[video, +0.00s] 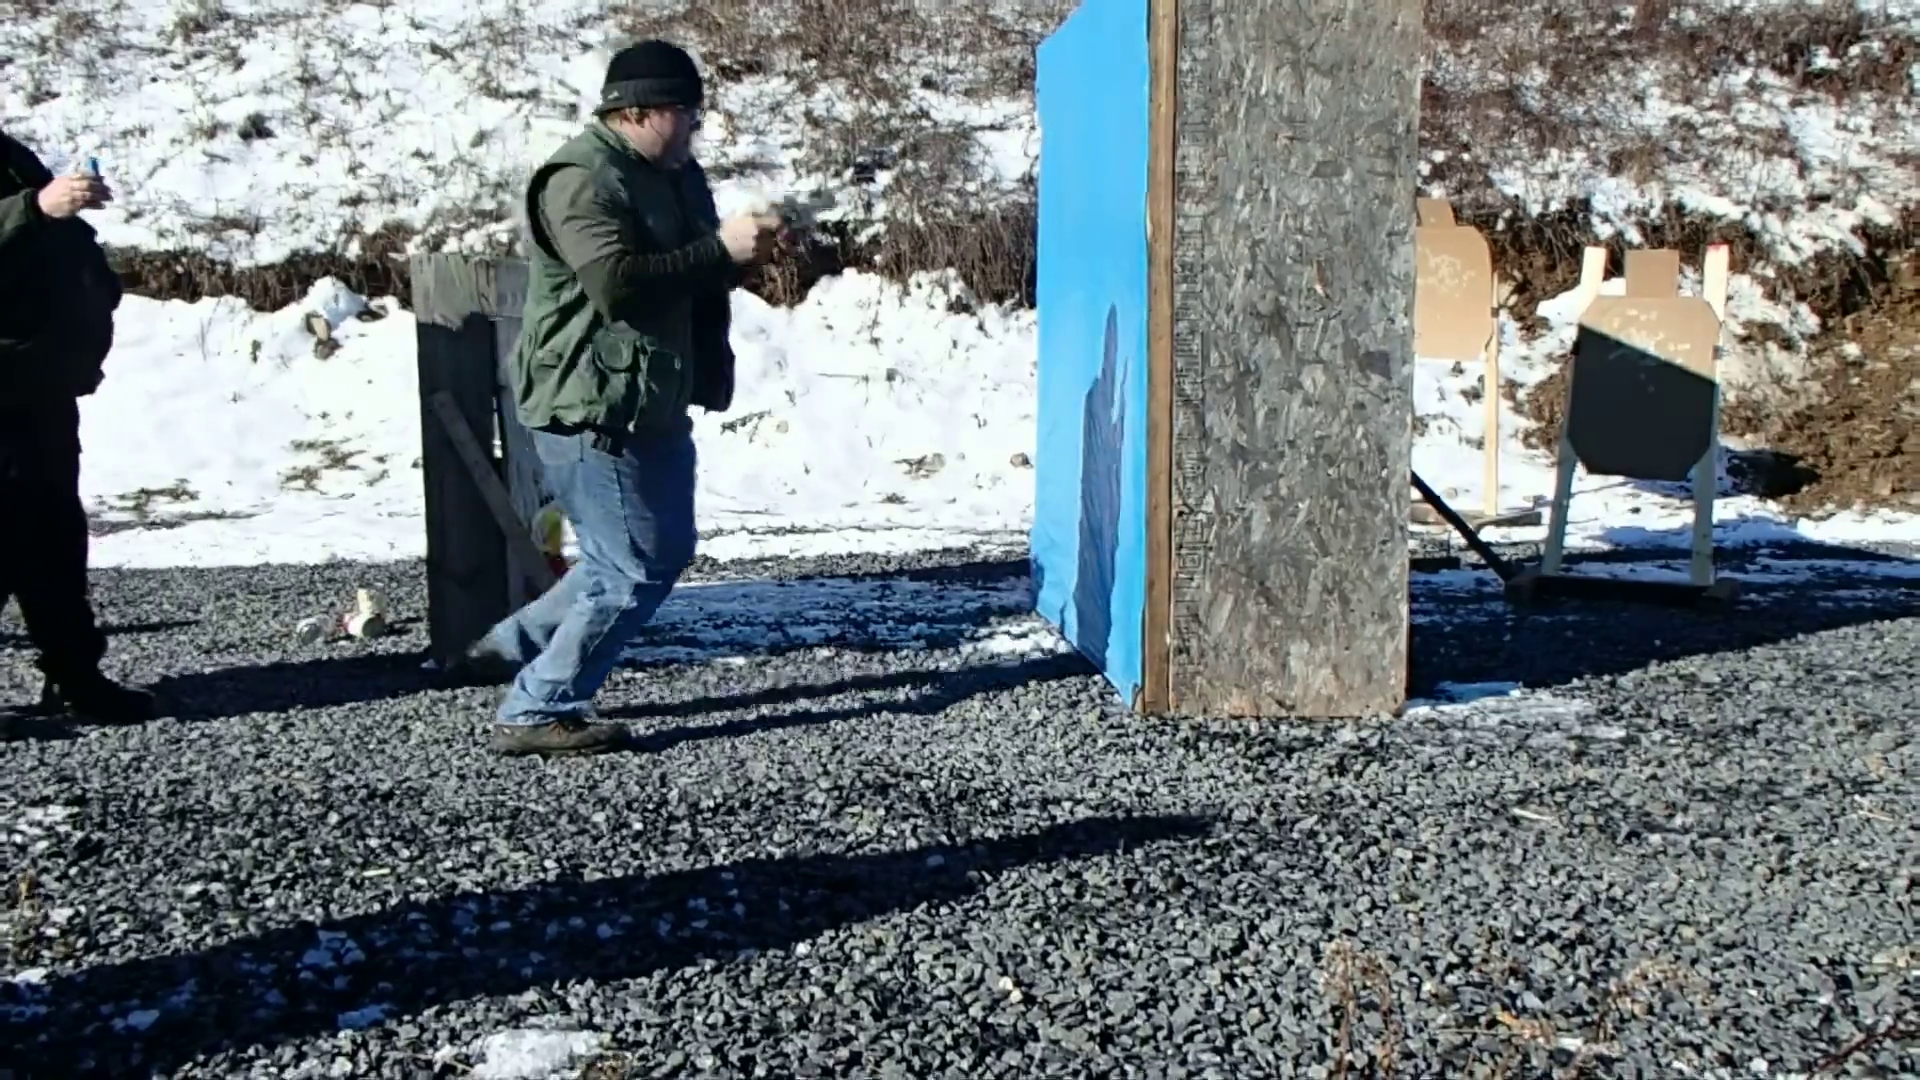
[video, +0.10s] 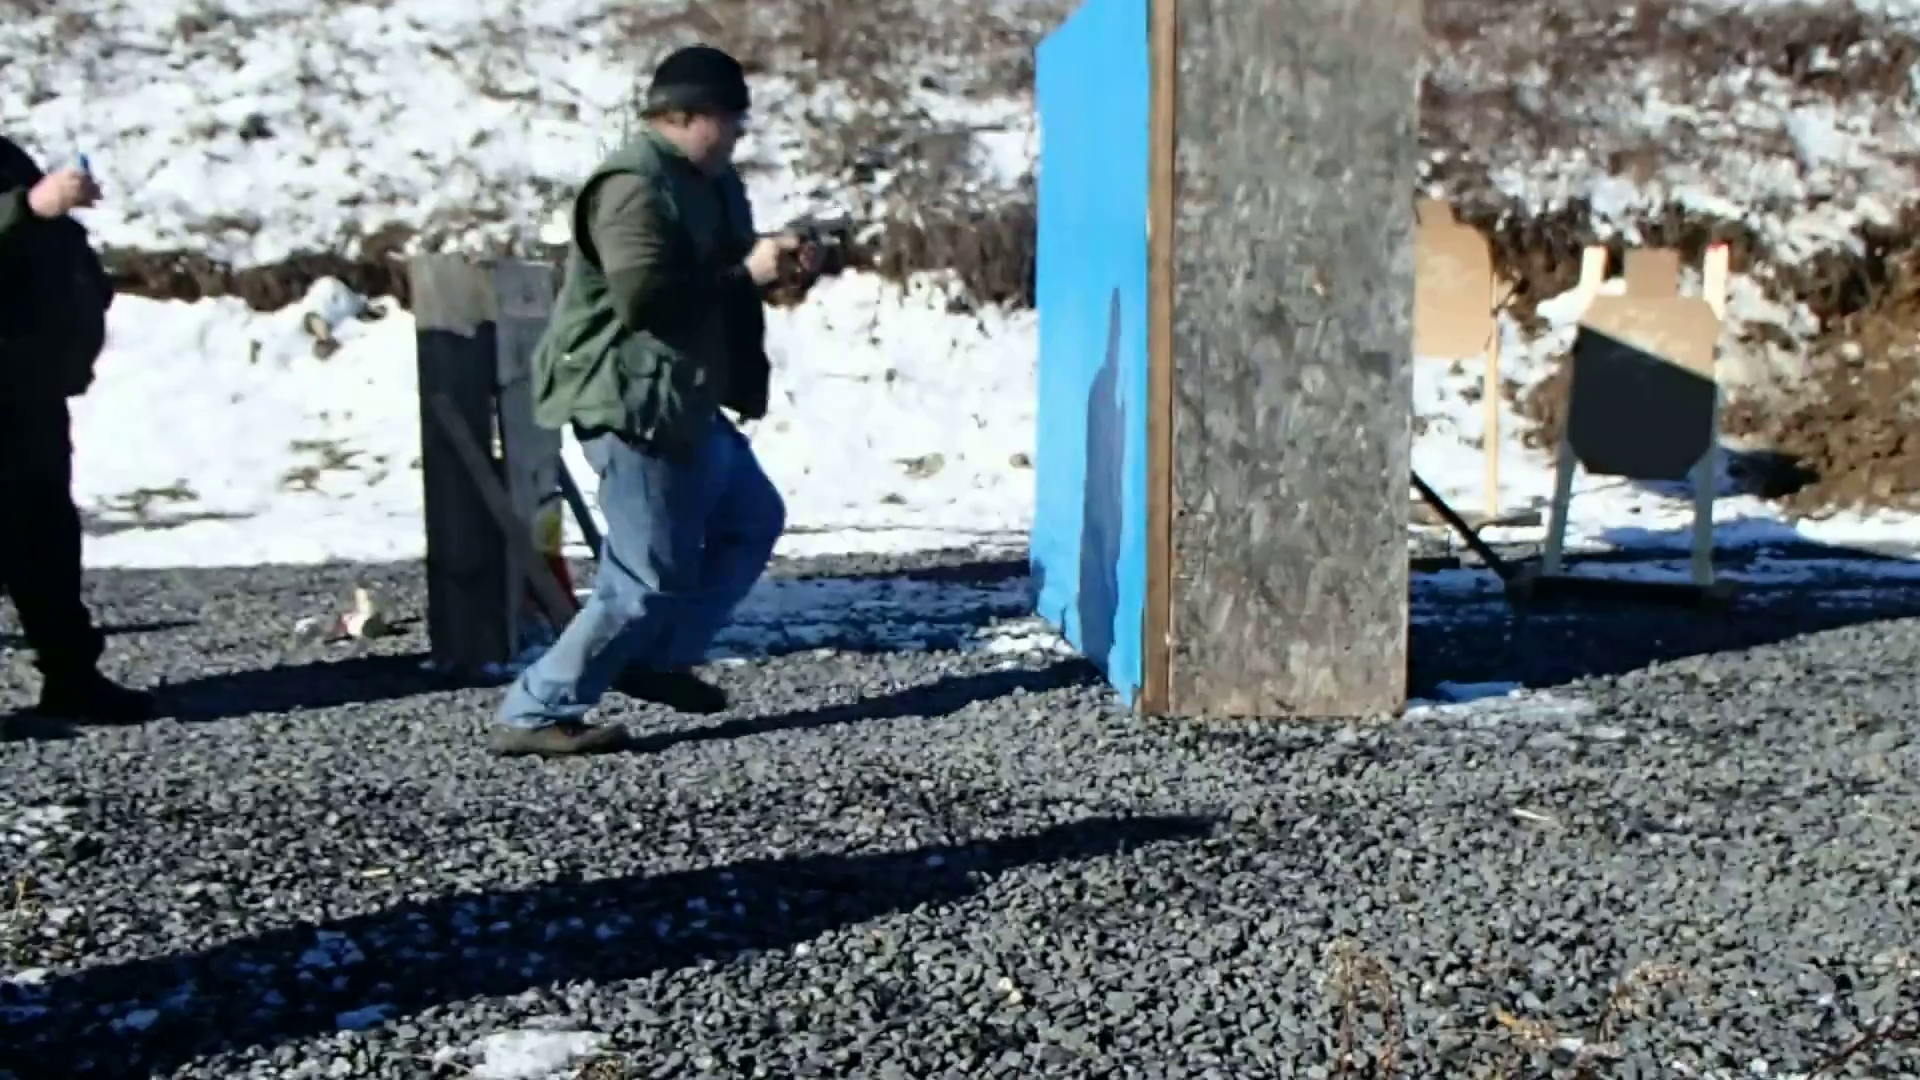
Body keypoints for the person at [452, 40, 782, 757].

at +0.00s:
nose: (697, 127)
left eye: (696, 113)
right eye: (689, 113)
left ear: (649, 111)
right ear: (648, 112)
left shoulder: (678, 177)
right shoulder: (580, 179)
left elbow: (699, 267)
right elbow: (615, 284)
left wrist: (766, 256)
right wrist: (720, 250)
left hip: (654, 402)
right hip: (584, 404)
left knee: (666, 550)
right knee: (628, 564)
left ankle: (517, 640)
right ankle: (539, 710)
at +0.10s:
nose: (740, 133)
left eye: (740, 119)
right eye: (731, 119)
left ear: (691, 117)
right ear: (690, 116)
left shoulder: (715, 189)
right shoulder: (633, 188)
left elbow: (710, 286)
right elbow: (641, 299)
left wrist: (772, 275)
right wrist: (745, 273)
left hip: (682, 407)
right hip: (618, 408)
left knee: (753, 520)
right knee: (647, 575)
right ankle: (534, 712)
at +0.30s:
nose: (854, 142)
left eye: (857, 128)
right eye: (847, 126)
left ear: (815, 119)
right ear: (807, 115)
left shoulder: (830, 185)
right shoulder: (754, 170)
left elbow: (832, 279)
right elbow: (741, 282)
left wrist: (895, 271)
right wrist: (850, 292)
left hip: (808, 407)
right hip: (740, 407)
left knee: (875, 522)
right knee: (760, 569)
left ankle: (894, 691)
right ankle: (596, 652)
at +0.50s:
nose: (941, 146)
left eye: (947, 133)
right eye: (936, 130)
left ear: (928, 125)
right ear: (896, 115)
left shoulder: (923, 181)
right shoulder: (838, 170)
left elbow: (927, 285)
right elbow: (827, 282)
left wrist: (965, 297)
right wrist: (939, 296)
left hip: (871, 386)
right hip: (818, 389)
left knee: (913, 516)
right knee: (947, 502)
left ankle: (892, 686)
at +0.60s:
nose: (971, 140)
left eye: (976, 127)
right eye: (965, 123)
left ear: (944, 113)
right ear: (923, 106)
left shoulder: (947, 171)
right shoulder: (868, 163)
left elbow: (956, 282)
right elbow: (838, 277)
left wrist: (993, 309)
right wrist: (954, 302)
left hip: (913, 386)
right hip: (863, 389)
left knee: (928, 534)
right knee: (984, 512)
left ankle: (895, 691)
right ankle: (973, 698)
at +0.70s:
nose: (998, 133)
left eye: (1003, 121)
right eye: (994, 117)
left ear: (966, 105)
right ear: (952, 101)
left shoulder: (966, 161)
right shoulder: (896, 154)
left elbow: (983, 258)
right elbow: (864, 270)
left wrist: (1013, 291)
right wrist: (977, 298)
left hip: (937, 380)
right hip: (898, 384)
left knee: (945, 535)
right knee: (1015, 506)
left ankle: (900, 690)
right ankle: (983, 696)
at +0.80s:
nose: (1028, 130)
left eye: (1032, 117)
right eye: (1024, 114)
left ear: (988, 99)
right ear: (982, 96)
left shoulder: (980, 154)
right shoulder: (928, 153)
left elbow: (1024, 253)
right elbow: (894, 269)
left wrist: (1036, 296)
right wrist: (1004, 303)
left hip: (951, 375)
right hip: (926, 381)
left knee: (961, 535)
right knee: (1023, 523)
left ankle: (901, 692)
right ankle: (1009, 711)